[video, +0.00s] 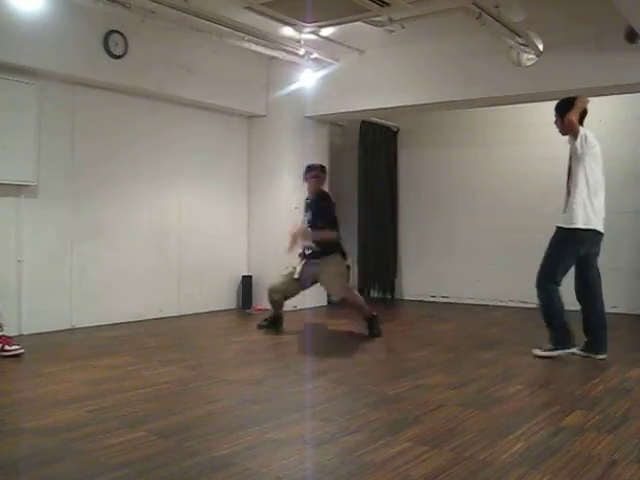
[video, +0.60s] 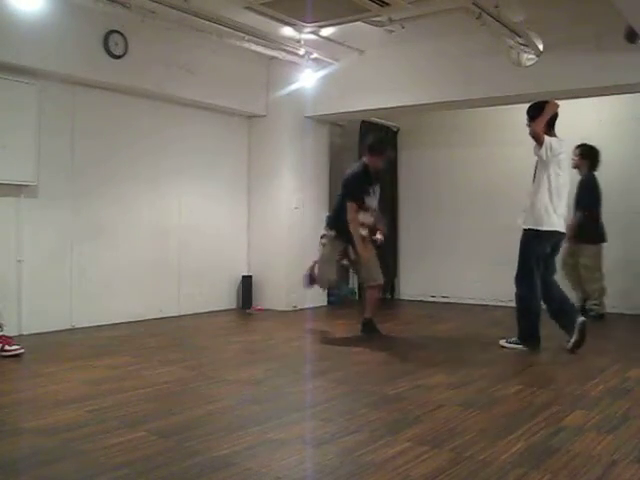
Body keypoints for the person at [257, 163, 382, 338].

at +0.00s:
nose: (315, 181)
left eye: (319, 177)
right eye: (312, 177)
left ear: (324, 180)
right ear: (305, 180)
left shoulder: (324, 200)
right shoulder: (309, 202)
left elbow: (333, 234)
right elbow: (313, 229)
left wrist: (306, 234)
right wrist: (300, 237)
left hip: (331, 259)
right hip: (311, 260)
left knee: (340, 292)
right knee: (276, 291)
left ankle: (370, 317)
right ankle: (276, 318)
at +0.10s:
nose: (326, 187)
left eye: (331, 184)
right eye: (325, 182)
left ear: (339, 188)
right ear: (321, 184)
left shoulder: (339, 207)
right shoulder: (318, 204)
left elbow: (354, 233)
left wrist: (335, 233)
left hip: (333, 262)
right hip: (309, 262)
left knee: (356, 292)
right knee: (278, 299)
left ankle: (367, 321)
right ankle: (276, 319)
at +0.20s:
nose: (361, 198)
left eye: (365, 195)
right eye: (359, 192)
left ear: (368, 198)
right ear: (352, 189)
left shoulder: (361, 221)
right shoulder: (335, 199)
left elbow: (376, 240)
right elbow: (315, 174)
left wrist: (375, 238)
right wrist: (335, 161)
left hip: (335, 263)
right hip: (311, 261)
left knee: (367, 276)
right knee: (292, 301)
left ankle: (367, 323)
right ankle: (274, 318)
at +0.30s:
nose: (378, 199)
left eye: (382, 195)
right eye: (375, 194)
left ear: (385, 198)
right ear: (367, 194)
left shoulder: (379, 219)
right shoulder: (352, 211)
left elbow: (383, 243)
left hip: (346, 257)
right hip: (321, 256)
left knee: (374, 275)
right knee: (301, 302)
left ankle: (368, 323)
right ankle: (272, 312)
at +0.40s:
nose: (395, 190)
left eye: (396, 185)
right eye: (393, 185)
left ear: (384, 182)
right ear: (381, 182)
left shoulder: (375, 198)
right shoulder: (365, 197)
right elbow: (360, 232)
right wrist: (368, 258)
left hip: (351, 249)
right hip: (329, 249)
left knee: (377, 278)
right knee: (307, 292)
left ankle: (368, 322)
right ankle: (272, 305)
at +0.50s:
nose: (394, 177)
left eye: (395, 172)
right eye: (390, 173)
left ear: (381, 170)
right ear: (379, 170)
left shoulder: (374, 187)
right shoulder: (364, 189)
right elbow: (358, 231)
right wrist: (368, 258)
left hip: (353, 244)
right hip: (333, 243)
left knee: (376, 279)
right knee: (313, 291)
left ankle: (368, 323)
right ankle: (290, 288)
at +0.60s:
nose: (383, 164)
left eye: (385, 159)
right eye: (381, 159)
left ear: (376, 158)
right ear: (371, 157)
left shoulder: (375, 177)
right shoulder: (355, 177)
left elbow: (372, 209)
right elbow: (351, 217)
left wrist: (377, 228)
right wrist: (359, 247)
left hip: (360, 233)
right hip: (337, 232)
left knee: (375, 281)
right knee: (328, 280)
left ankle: (368, 321)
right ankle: (315, 271)